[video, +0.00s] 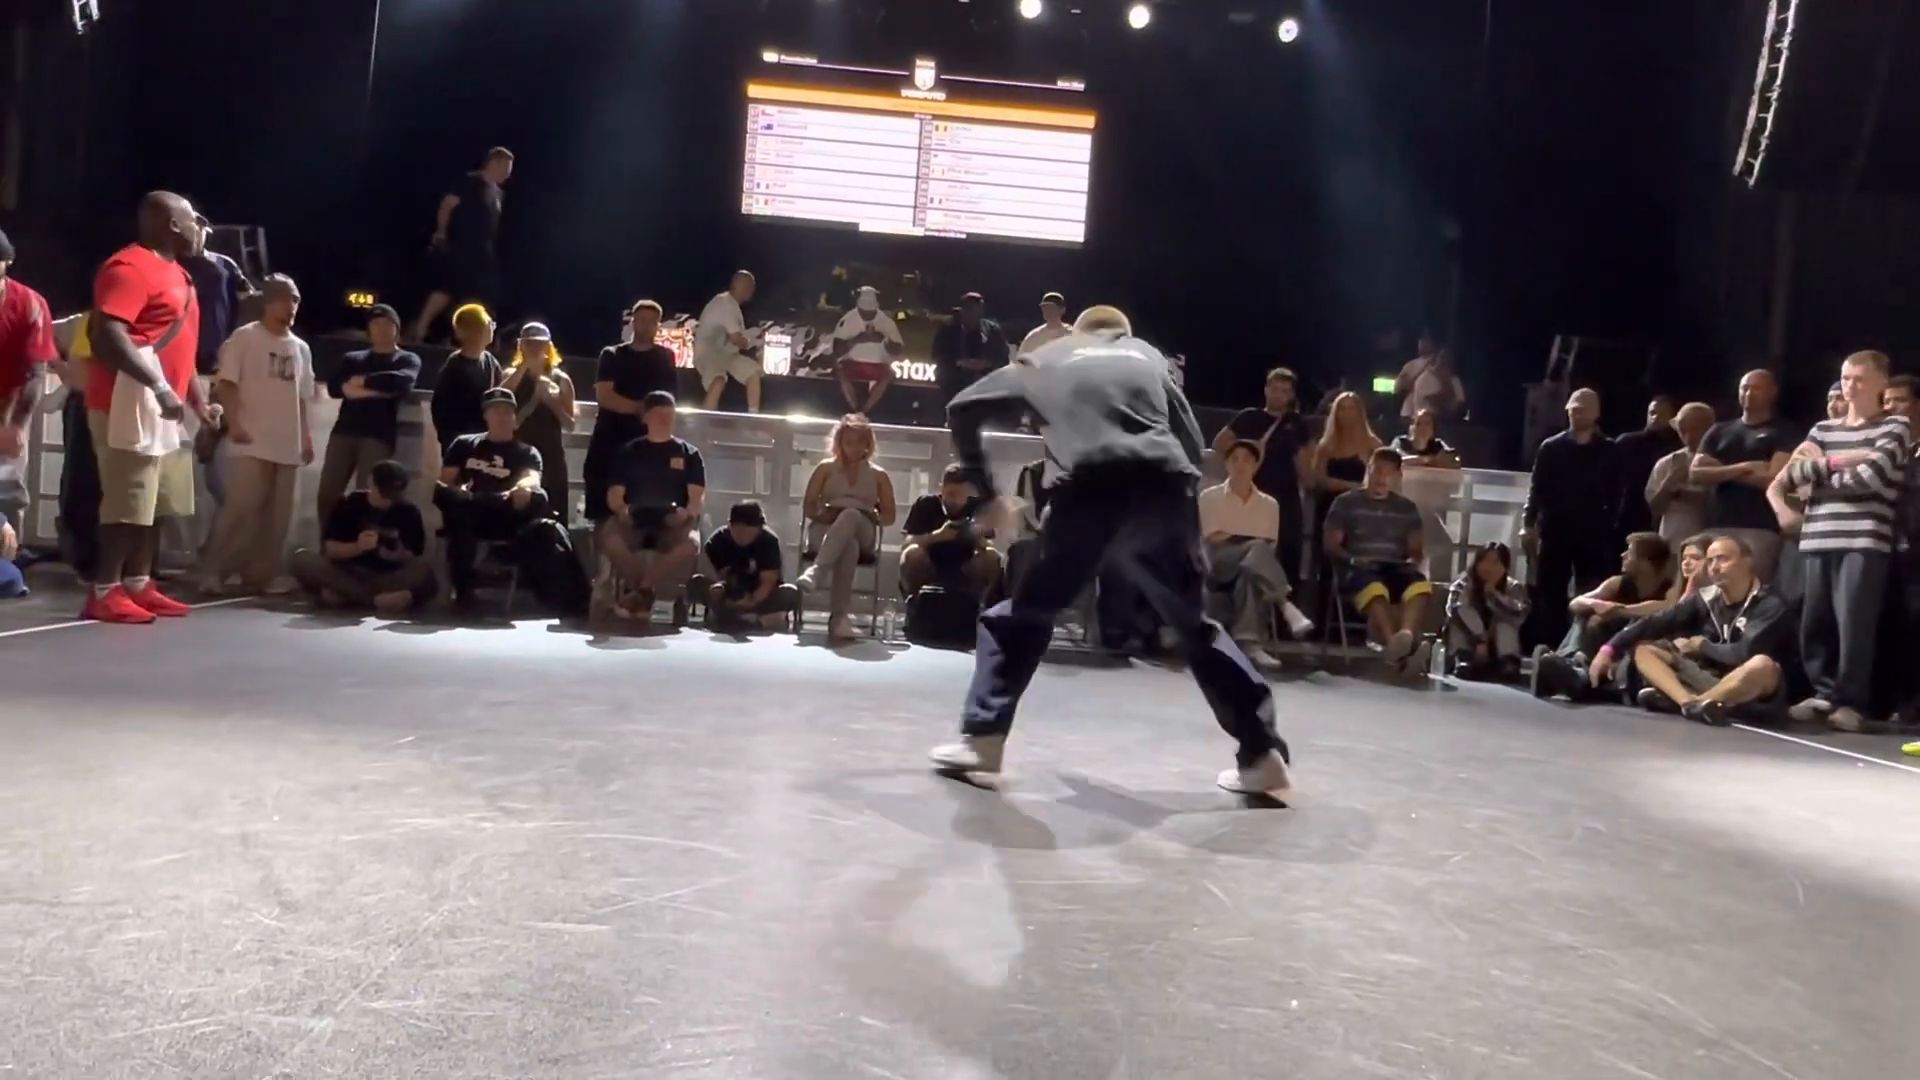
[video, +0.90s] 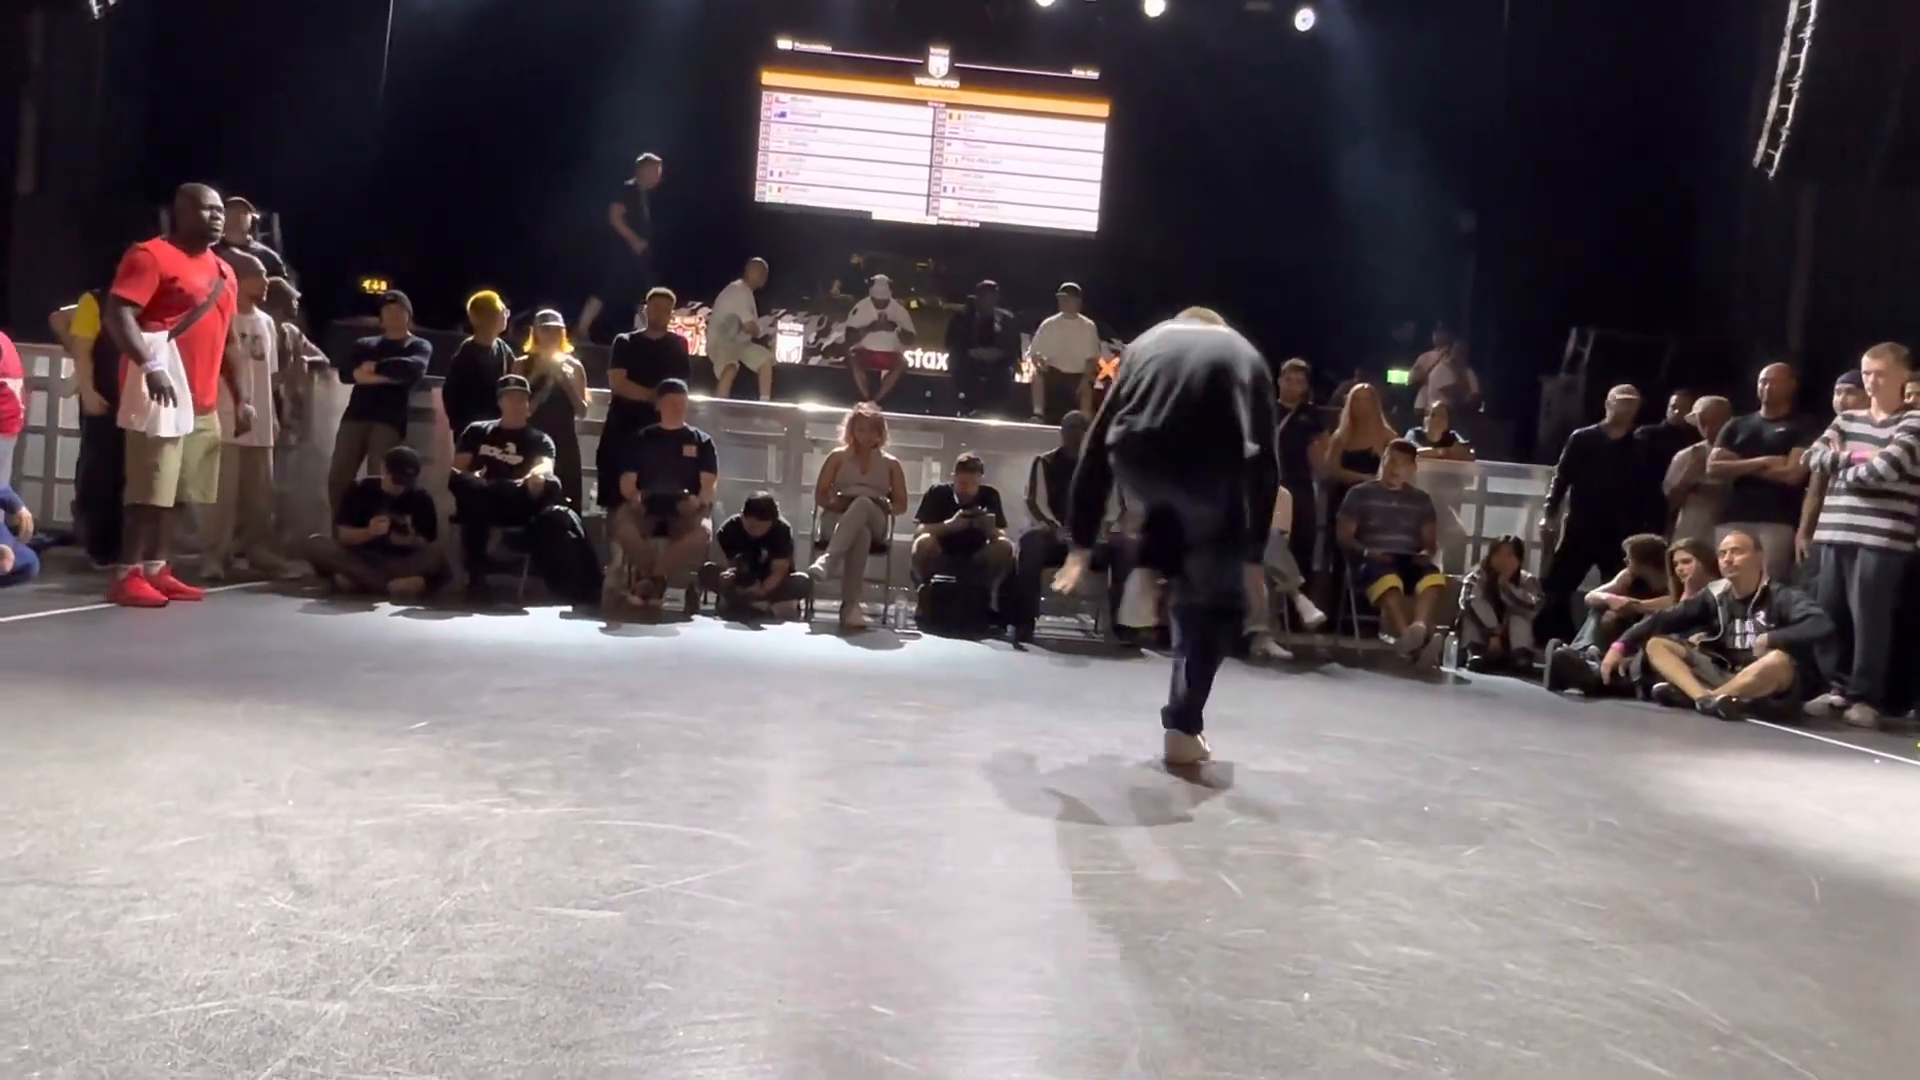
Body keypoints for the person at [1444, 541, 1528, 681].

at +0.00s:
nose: (1488, 567)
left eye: (1495, 563)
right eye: (1483, 561)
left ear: (1505, 569)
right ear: (1476, 564)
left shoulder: (1514, 587)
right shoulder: (1463, 584)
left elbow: (1519, 613)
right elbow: (1457, 609)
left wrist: (1492, 593)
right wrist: (1479, 638)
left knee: (1504, 624)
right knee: (1459, 620)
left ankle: (1509, 660)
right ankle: (1461, 659)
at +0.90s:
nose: (1502, 560)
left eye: (1508, 555)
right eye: (1497, 554)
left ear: (1518, 561)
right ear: (1490, 556)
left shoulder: (1527, 580)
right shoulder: (1476, 577)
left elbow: (1533, 606)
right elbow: (1470, 602)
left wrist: (1505, 585)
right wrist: (1493, 631)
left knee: (1518, 616)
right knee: (1471, 612)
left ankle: (1521, 655)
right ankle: (1474, 652)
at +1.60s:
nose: (1509, 557)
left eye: (1517, 553)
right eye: (1505, 551)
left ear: (1526, 558)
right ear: (1497, 553)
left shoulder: (1534, 577)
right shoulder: (1484, 573)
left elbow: (1540, 604)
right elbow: (1477, 599)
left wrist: (1512, 582)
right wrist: (1499, 629)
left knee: (1525, 612)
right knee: (1478, 609)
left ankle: (1529, 653)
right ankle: (1482, 650)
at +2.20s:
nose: (1512, 556)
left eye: (1519, 551)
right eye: (1507, 549)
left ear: (1529, 557)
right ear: (1500, 552)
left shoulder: (1537, 576)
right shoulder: (1486, 572)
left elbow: (1542, 600)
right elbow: (1480, 597)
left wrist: (1515, 581)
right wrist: (1502, 627)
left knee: (1528, 609)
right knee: (1480, 607)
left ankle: (1531, 650)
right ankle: (1484, 647)